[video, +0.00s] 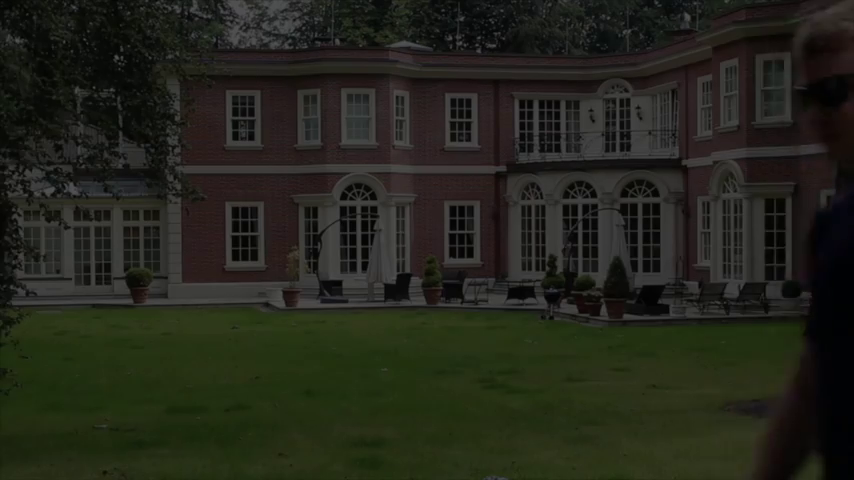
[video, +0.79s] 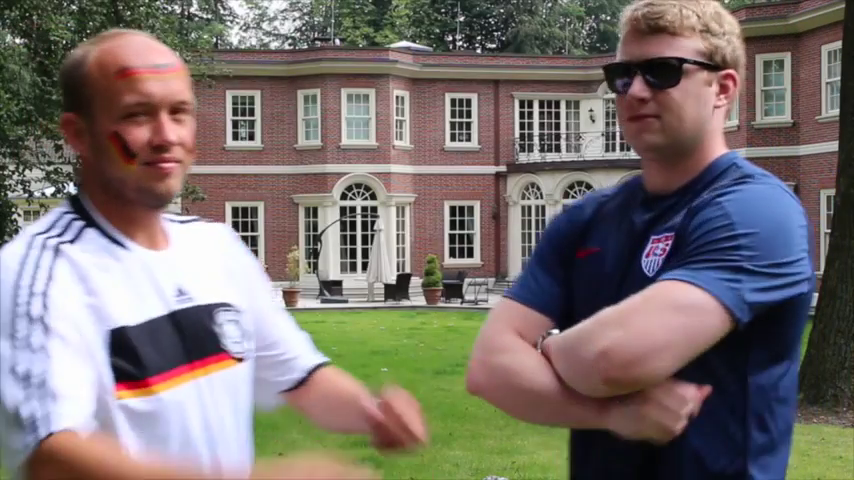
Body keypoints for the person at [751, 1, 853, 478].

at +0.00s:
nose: (819, 116)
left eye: (834, 93)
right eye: (810, 98)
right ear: (802, 103)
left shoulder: (837, 218)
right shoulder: (833, 218)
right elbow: (818, 369)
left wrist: (773, 460)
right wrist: (772, 463)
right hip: (842, 454)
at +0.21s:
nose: (745, 116)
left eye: (765, 93)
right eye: (740, 98)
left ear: (842, 96)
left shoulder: (845, 231)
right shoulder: (768, 231)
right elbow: (719, 392)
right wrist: (675, 468)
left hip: (822, 461)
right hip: (749, 464)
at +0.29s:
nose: (716, 106)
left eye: (737, 84)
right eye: (714, 89)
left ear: (817, 88)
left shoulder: (834, 227)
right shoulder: (742, 222)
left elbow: (836, 435)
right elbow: (690, 386)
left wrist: (710, 473)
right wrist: (642, 470)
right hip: (713, 460)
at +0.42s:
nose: (680, 96)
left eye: (702, 75)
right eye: (679, 79)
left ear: (781, 82)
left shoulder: (811, 214)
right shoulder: (708, 219)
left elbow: (729, 411)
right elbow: (646, 367)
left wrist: (598, 399)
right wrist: (595, 461)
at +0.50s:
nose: (661, 90)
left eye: (683, 70)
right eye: (657, 74)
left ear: (760, 79)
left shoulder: (790, 208)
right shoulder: (683, 214)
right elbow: (609, 345)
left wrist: (580, 349)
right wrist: (570, 453)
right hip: (662, 468)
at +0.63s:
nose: (640, 91)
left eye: (664, 71)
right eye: (635, 75)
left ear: (740, 81)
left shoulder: (768, 210)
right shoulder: (638, 217)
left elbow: (587, 363)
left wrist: (575, 317)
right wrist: (577, 436)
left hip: (740, 467)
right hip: (636, 468)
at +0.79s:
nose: (634, 91)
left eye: (661, 72)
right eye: (622, 76)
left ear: (722, 91)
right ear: (612, 90)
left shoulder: (758, 210)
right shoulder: (583, 220)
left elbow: (613, 361)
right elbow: (488, 365)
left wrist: (549, 345)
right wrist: (609, 413)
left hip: (719, 469)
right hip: (598, 470)